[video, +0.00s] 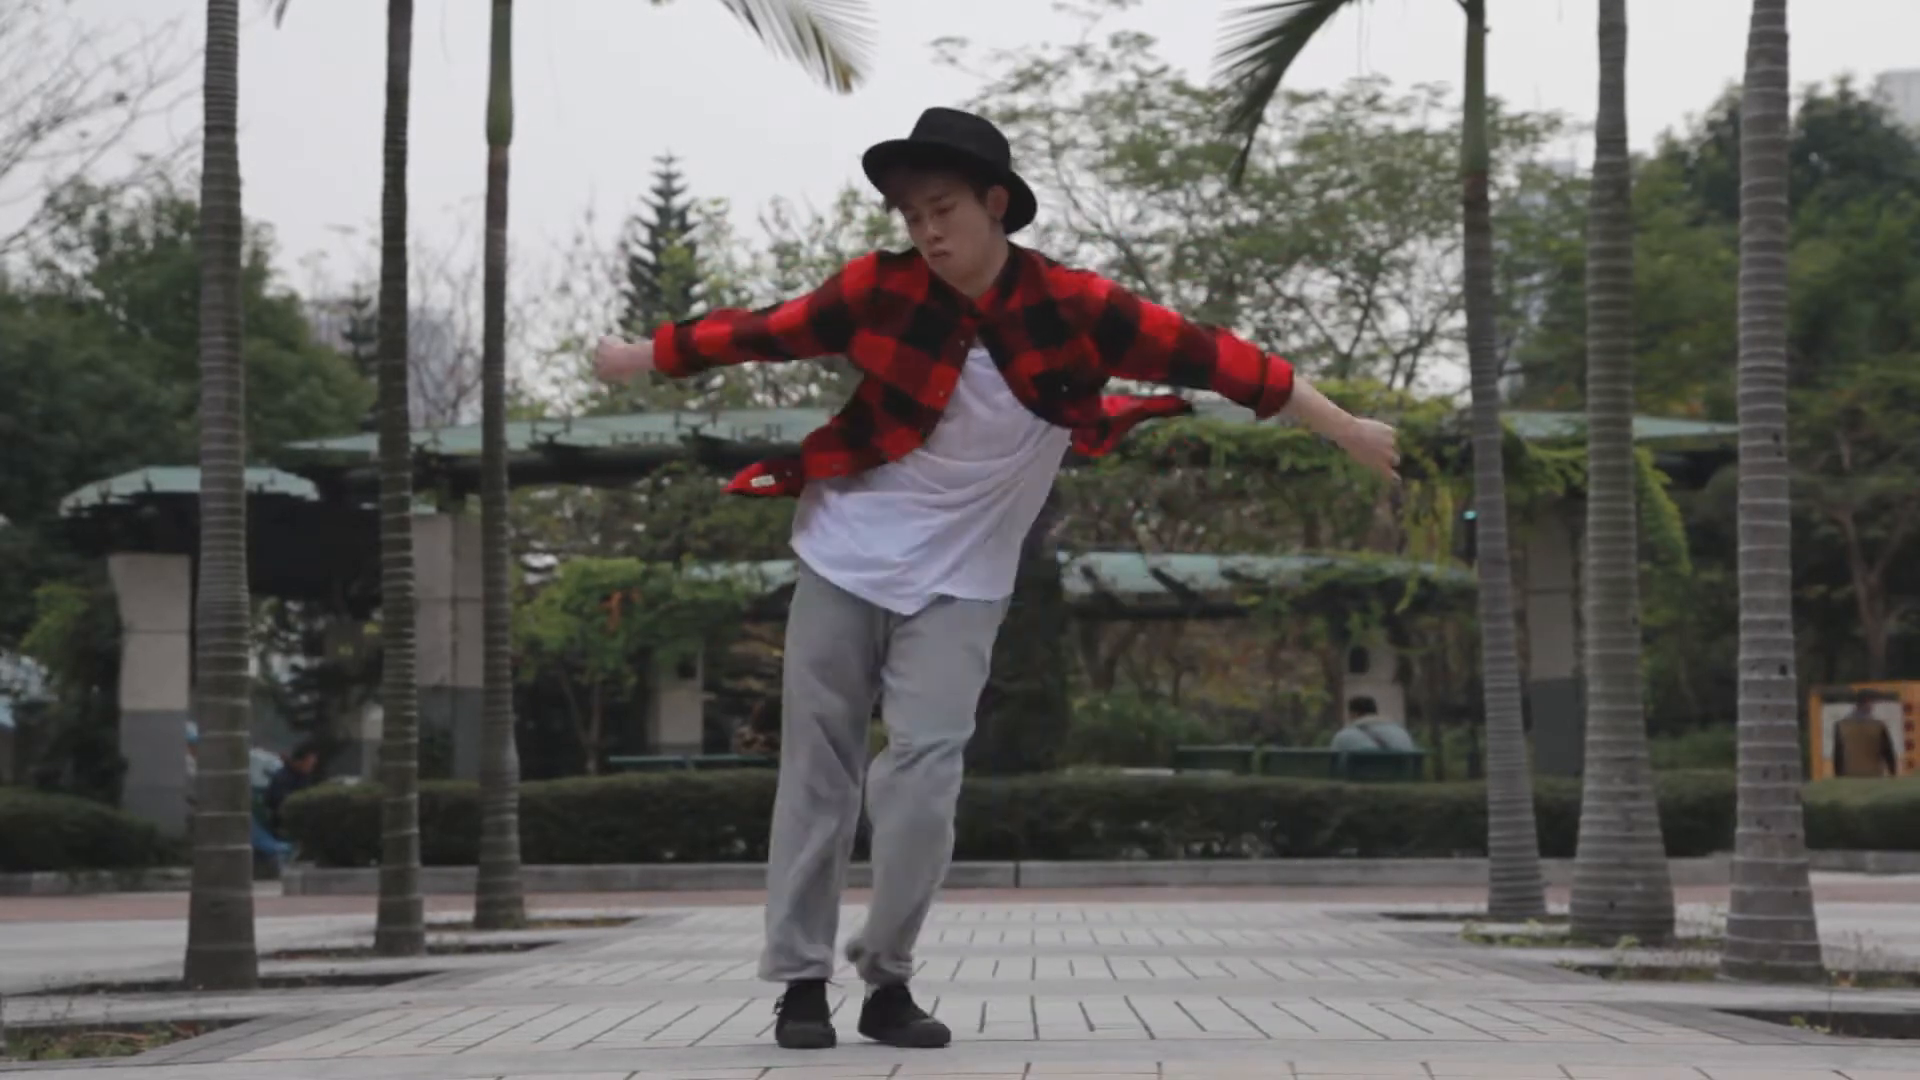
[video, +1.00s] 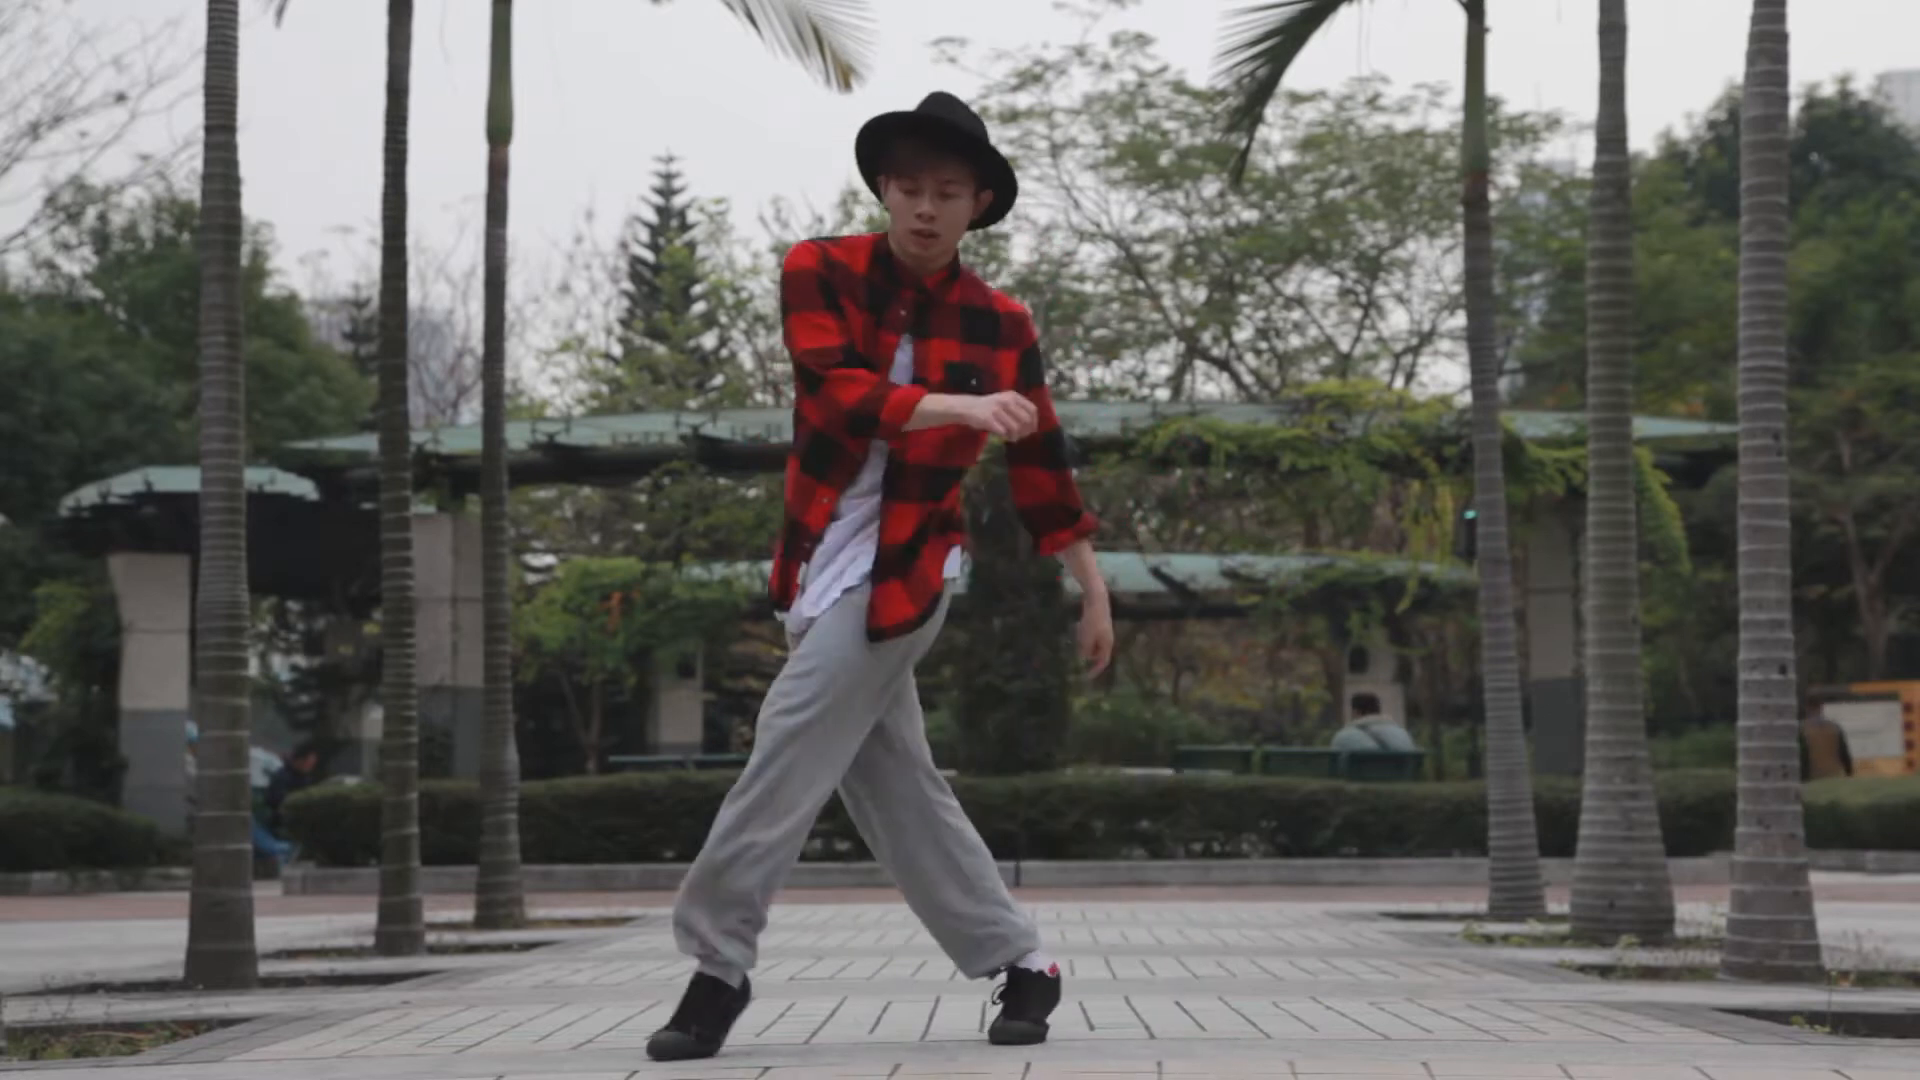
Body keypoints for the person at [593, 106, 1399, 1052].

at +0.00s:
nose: (927, 231)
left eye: (943, 208)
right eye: (912, 216)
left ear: (998, 202)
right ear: (903, 223)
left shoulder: (1072, 306)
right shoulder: (877, 290)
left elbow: (1207, 353)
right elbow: (766, 330)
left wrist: (1339, 423)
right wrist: (651, 354)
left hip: (964, 574)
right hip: (846, 550)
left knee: (930, 758)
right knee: (818, 762)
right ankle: (801, 983)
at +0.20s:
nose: (926, 199)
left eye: (945, 180)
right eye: (911, 182)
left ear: (994, 180)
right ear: (897, 185)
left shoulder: (1058, 268)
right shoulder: (866, 253)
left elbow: (1125, 356)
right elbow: (804, 350)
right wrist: (751, 452)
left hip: (989, 562)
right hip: (861, 559)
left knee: (1011, 746)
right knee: (836, 773)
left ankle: (993, 947)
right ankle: (857, 975)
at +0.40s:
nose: (910, 201)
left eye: (929, 184)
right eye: (892, 181)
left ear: (957, 185)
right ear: (862, 181)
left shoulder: (1007, 247)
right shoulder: (827, 292)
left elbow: (1062, 346)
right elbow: (820, 414)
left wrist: (1068, 368)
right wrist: (833, 471)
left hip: (1068, 531)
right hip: (948, 558)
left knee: (1092, 728)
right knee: (954, 748)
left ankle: (1069, 956)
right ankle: (956, 957)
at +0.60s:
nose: (928, 240)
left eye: (947, 223)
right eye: (910, 218)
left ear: (969, 229)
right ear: (870, 216)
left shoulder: (1014, 301)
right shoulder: (823, 337)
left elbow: (1083, 440)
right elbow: (792, 487)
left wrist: (1048, 396)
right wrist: (806, 448)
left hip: (1062, 555)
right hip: (952, 584)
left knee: (1105, 724)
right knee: (992, 767)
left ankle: (1139, 933)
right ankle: (1044, 965)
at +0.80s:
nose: (922, 272)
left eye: (944, 252)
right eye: (905, 256)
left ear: (985, 263)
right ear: (885, 269)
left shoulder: (1037, 361)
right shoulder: (845, 354)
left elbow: (1112, 462)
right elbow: (782, 447)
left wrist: (1119, 535)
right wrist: (814, 462)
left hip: (988, 576)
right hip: (875, 585)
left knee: (895, 575)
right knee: (925, 789)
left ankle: (846, 792)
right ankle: (1010, 974)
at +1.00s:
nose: (925, 208)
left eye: (948, 192)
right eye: (908, 186)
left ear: (979, 206)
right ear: (880, 192)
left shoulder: (1000, 325)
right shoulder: (818, 268)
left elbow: (1041, 462)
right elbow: (834, 391)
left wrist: (1092, 584)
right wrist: (958, 409)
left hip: (907, 552)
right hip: (820, 546)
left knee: (792, 728)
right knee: (894, 779)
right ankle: (1020, 962)